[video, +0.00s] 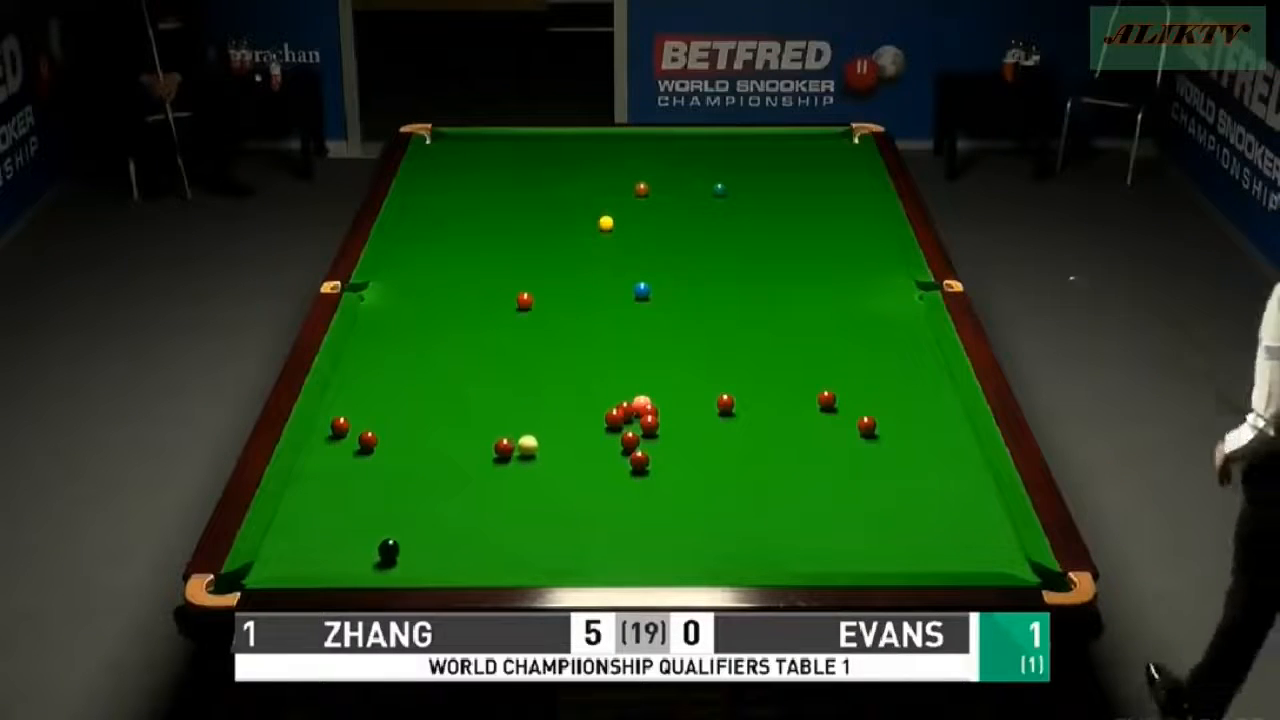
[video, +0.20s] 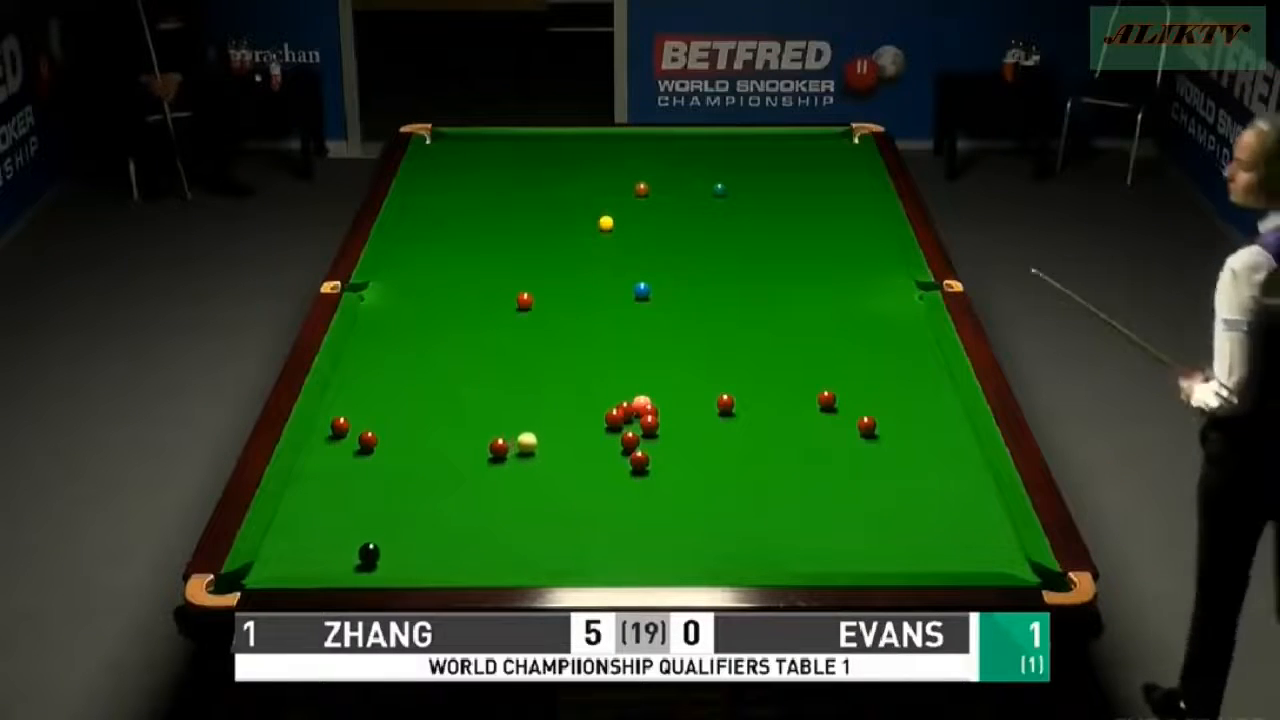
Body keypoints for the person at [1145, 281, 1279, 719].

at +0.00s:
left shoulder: (1277, 303)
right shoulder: (1274, 303)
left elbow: (1264, 421)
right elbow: (1263, 418)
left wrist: (1229, 448)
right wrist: (1233, 445)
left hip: (1274, 469)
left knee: (1252, 595)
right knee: (1254, 596)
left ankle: (1202, 699)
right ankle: (1201, 697)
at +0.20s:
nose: (1230, 170)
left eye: (1240, 162)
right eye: (1234, 158)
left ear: (1269, 176)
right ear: (1269, 176)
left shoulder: (1249, 268)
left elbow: (1234, 393)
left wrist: (1198, 390)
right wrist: (1211, 384)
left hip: (1246, 451)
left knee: (1220, 587)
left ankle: (1197, 700)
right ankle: (1198, 695)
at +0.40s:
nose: (1192, 144)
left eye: (1203, 137)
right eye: (1196, 132)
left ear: (1237, 149)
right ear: (1252, 148)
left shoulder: (1210, 236)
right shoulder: (1279, 216)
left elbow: (1181, 353)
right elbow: (1257, 324)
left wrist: (1142, 333)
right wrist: (1179, 328)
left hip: (1212, 424)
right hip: (1268, 415)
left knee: (1202, 562)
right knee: (1236, 546)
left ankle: (1195, 696)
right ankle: (1260, 685)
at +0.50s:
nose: (1175, 131)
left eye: (1186, 125)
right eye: (1180, 119)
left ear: (1220, 137)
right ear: (1238, 136)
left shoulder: (1190, 218)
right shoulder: (1268, 196)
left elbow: (1156, 329)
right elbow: (1241, 298)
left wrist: (1123, 310)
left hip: (1195, 401)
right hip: (1258, 392)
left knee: (1192, 546)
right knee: (1201, 518)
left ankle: (1197, 694)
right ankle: (1201, 650)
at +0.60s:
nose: (1164, 127)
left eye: (1175, 120)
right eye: (1169, 116)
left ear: (1208, 131)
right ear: (1223, 131)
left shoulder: (1176, 213)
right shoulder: (1255, 189)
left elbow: (1148, 324)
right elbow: (1240, 291)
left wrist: (1118, 300)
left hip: (1184, 396)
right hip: (1247, 385)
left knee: (1189, 536)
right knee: (1184, 502)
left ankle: (1197, 693)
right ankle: (1165, 607)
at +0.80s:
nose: (1138, 110)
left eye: (1149, 104)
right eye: (1142, 100)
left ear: (1180, 114)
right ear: (1200, 114)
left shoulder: (1152, 189)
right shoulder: (1241, 169)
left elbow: (1125, 294)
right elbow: (1267, 261)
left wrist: (1100, 270)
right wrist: (1231, 303)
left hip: (1154, 352)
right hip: (1220, 344)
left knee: (1156, 501)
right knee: (1154, 461)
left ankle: (1185, 669)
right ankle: (1126, 568)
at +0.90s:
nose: (1127, 91)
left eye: (1138, 84)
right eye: (1130, 81)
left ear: (1174, 93)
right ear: (1187, 91)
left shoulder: (1143, 163)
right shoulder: (1230, 145)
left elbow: (1113, 268)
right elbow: (1259, 235)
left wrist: (1086, 244)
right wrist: (1214, 274)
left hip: (1139, 331)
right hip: (1202, 322)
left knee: (1111, 460)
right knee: (1156, 446)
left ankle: (1152, 598)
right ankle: (1127, 565)